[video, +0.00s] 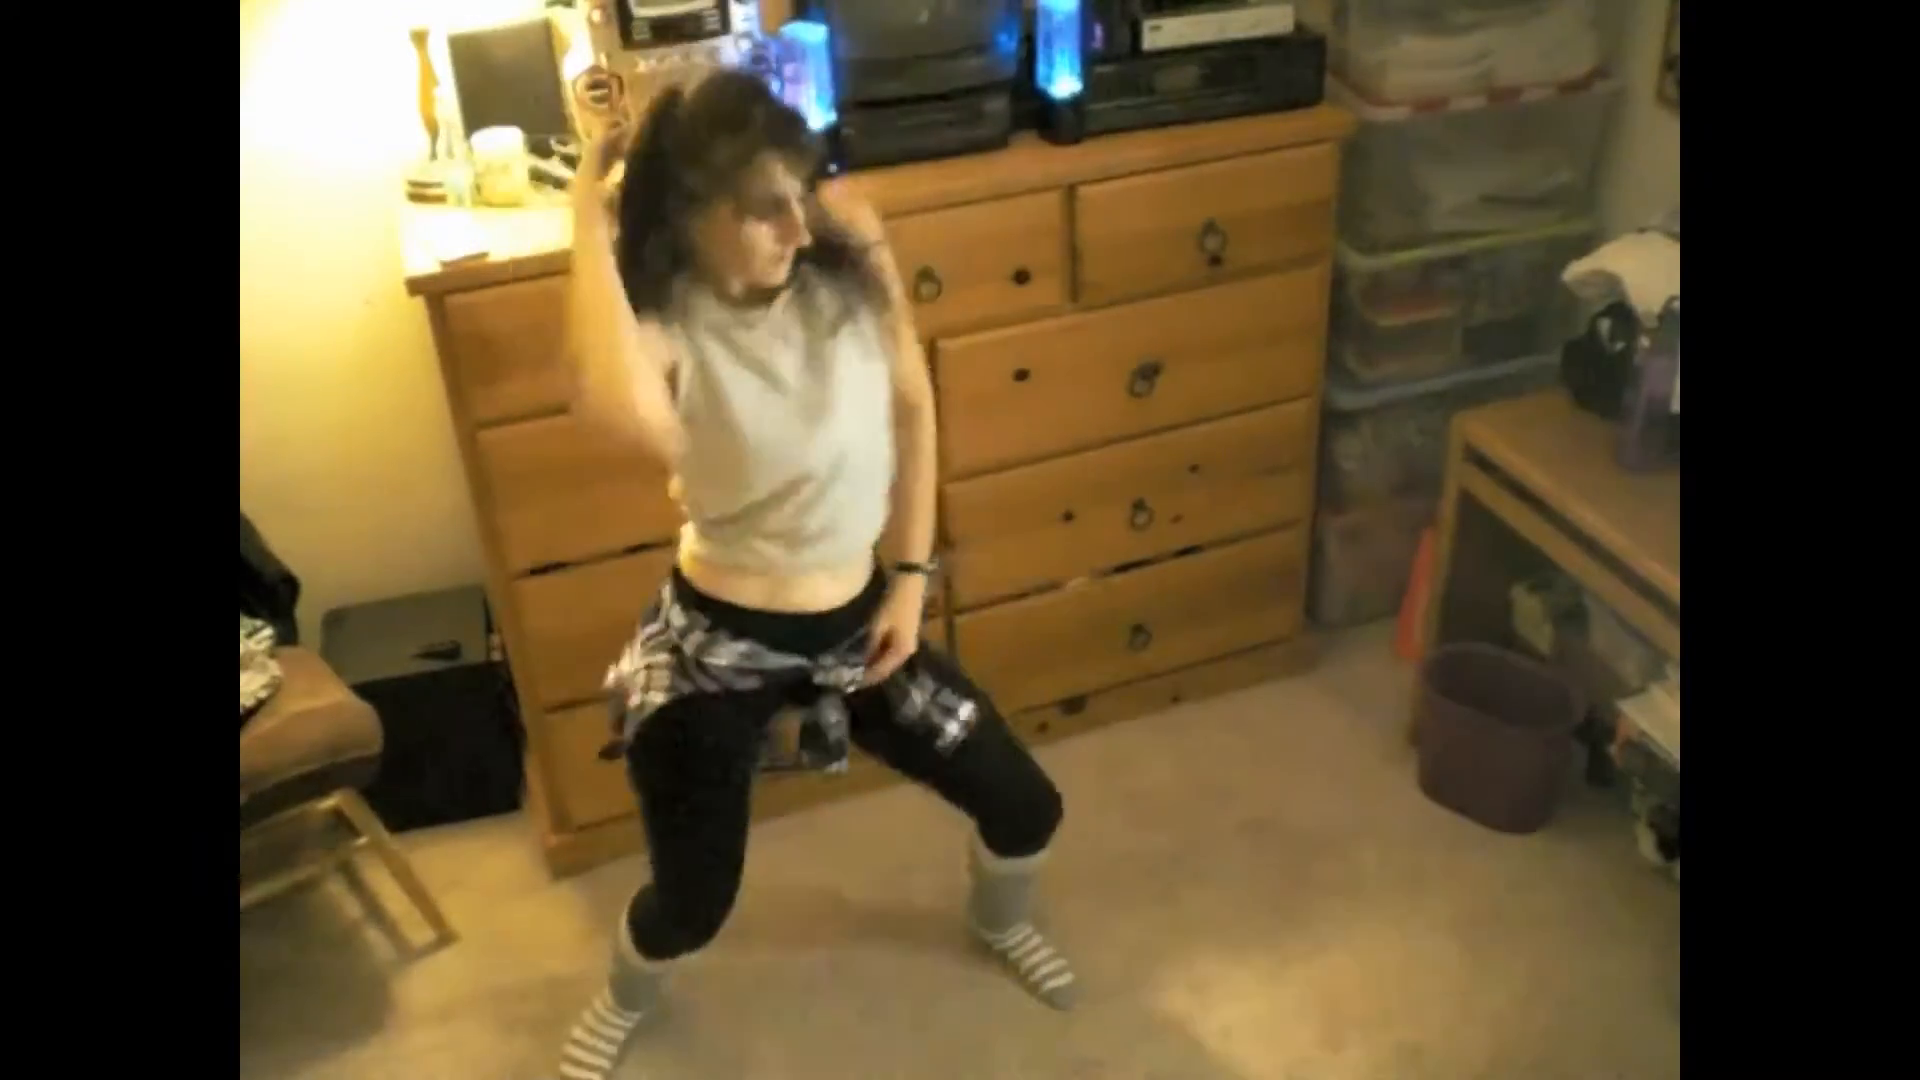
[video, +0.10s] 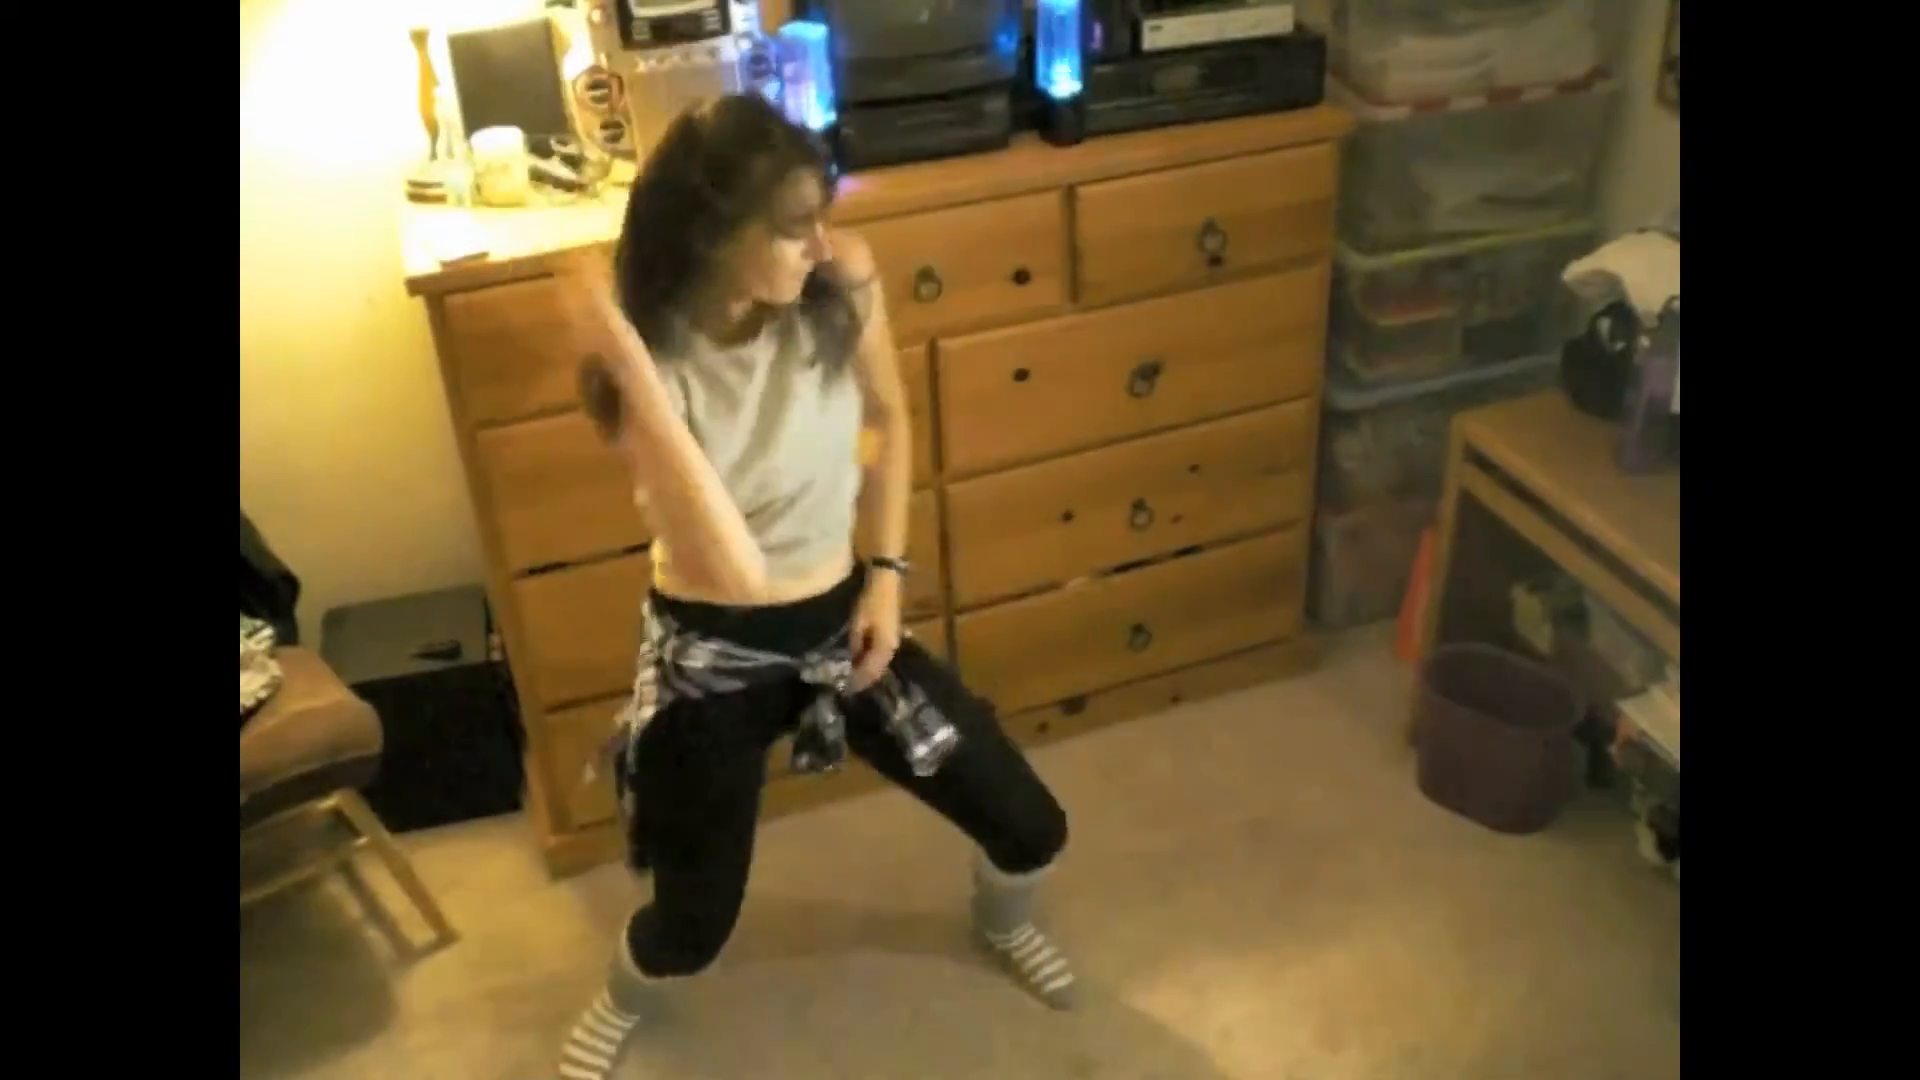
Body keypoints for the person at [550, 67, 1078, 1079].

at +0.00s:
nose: (795, 228)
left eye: (800, 200)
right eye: (761, 211)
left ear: (812, 189)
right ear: (685, 220)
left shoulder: (852, 271)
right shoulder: (662, 325)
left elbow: (914, 406)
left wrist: (910, 574)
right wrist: (594, 240)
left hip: (859, 627)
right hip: (716, 646)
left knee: (1026, 810)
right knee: (693, 903)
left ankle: (1001, 920)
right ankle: (618, 1003)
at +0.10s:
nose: (816, 249)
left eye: (816, 225)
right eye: (791, 231)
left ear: (821, 221)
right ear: (713, 234)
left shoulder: (838, 288)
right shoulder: (645, 359)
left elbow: (889, 420)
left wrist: (884, 573)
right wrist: (630, 357)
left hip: (844, 623)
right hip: (713, 655)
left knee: (1030, 829)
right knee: (691, 924)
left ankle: (1003, 921)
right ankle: (618, 1008)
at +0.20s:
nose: (839, 264)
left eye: (839, 238)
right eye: (815, 243)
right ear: (737, 247)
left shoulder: (828, 322)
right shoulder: (642, 387)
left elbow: (856, 429)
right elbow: (701, 597)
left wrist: (878, 549)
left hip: (849, 616)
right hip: (721, 667)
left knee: (1024, 828)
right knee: (697, 935)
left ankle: (1010, 919)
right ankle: (620, 1003)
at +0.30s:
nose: (848, 267)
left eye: (850, 241)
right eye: (826, 248)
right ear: (749, 249)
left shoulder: (823, 322)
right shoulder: (641, 378)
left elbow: (825, 439)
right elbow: (668, 576)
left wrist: (869, 520)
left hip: (842, 592)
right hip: (723, 652)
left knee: (1022, 816)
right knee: (712, 940)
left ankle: (1013, 920)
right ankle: (618, 998)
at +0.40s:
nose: (847, 257)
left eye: (848, 232)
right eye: (827, 236)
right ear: (753, 235)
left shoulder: (793, 315)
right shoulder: (647, 356)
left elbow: (807, 444)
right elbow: (667, 563)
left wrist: (864, 515)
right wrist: (786, 712)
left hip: (842, 592)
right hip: (725, 655)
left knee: (1018, 790)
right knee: (716, 937)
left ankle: (1014, 916)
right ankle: (621, 1003)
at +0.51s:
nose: (838, 247)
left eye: (838, 220)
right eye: (816, 225)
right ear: (745, 226)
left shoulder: (784, 315)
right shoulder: (661, 344)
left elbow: (827, 443)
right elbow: (652, 547)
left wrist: (867, 529)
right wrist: (720, 710)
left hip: (830, 592)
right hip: (720, 659)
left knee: (994, 777)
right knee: (719, 937)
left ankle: (1009, 918)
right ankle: (625, 994)